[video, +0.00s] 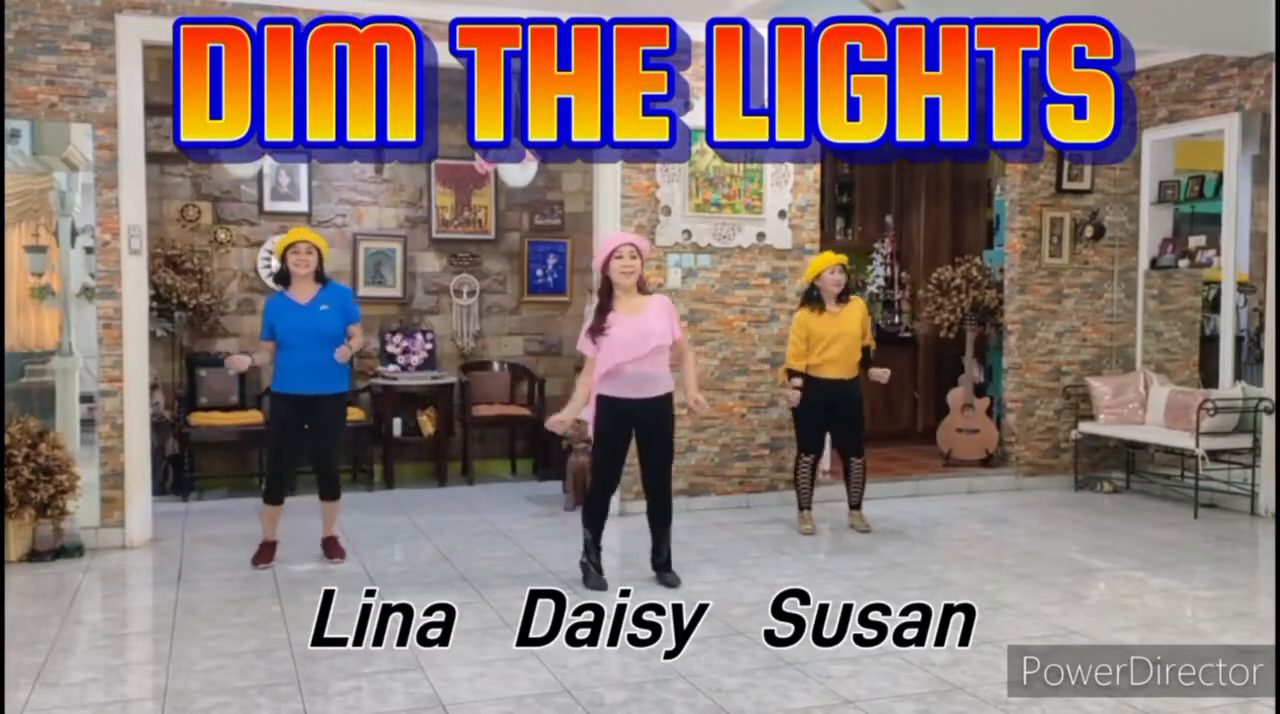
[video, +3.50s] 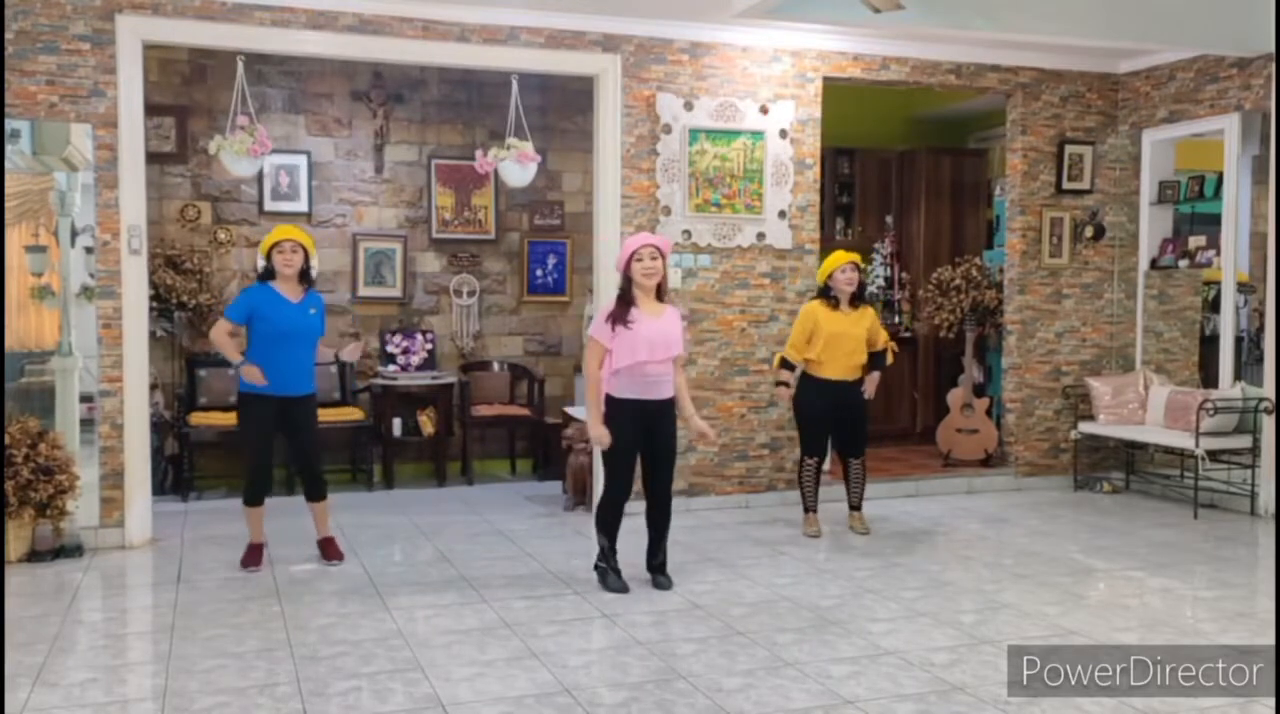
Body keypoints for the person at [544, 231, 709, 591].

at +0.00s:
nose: (627, 263)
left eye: (633, 257)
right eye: (618, 258)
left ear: (642, 265)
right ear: (606, 267)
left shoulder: (661, 304)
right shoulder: (601, 312)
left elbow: (684, 349)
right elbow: (589, 369)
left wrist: (692, 389)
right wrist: (571, 412)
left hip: (657, 403)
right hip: (612, 404)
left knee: (659, 485)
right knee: (603, 483)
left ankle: (662, 561)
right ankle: (591, 557)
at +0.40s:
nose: (647, 262)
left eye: (653, 256)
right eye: (639, 257)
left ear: (662, 265)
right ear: (627, 268)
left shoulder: (681, 304)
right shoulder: (620, 317)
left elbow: (713, 332)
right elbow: (608, 373)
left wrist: (703, 374)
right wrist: (621, 399)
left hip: (677, 404)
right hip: (637, 406)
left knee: (671, 487)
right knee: (639, 487)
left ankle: (665, 560)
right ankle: (642, 557)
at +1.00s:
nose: (640, 262)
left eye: (645, 255)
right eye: (631, 258)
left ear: (656, 263)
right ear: (620, 270)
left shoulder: (668, 312)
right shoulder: (611, 312)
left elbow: (678, 356)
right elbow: (580, 362)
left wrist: (672, 388)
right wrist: (592, 412)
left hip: (654, 406)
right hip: (612, 404)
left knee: (656, 488)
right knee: (601, 486)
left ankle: (662, 562)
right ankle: (588, 561)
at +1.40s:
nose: (619, 269)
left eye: (624, 262)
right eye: (610, 265)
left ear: (635, 271)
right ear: (599, 274)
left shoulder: (645, 321)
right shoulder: (581, 312)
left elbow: (664, 370)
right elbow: (541, 352)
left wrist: (645, 400)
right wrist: (541, 404)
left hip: (620, 411)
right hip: (576, 408)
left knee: (629, 491)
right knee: (579, 489)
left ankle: (634, 561)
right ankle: (584, 563)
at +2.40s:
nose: (627, 266)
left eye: (633, 259)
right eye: (619, 260)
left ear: (643, 266)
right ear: (606, 269)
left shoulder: (663, 302)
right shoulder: (601, 315)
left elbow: (692, 340)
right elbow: (589, 373)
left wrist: (685, 384)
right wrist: (587, 421)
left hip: (658, 406)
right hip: (614, 407)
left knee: (656, 487)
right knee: (604, 484)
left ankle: (657, 563)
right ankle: (590, 559)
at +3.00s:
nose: (650, 268)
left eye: (656, 261)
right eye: (642, 261)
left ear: (665, 268)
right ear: (628, 270)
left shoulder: (680, 305)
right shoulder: (618, 318)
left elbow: (707, 346)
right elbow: (607, 374)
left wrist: (723, 391)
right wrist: (633, 395)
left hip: (680, 406)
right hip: (641, 410)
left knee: (673, 490)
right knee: (641, 488)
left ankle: (660, 563)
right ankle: (633, 559)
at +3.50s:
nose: (648, 265)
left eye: (655, 259)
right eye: (640, 259)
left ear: (664, 268)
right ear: (628, 269)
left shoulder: (673, 316)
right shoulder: (613, 314)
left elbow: (678, 371)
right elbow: (592, 365)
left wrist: (692, 418)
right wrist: (595, 420)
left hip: (662, 409)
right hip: (621, 409)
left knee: (660, 491)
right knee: (617, 489)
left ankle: (658, 564)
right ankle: (606, 561)